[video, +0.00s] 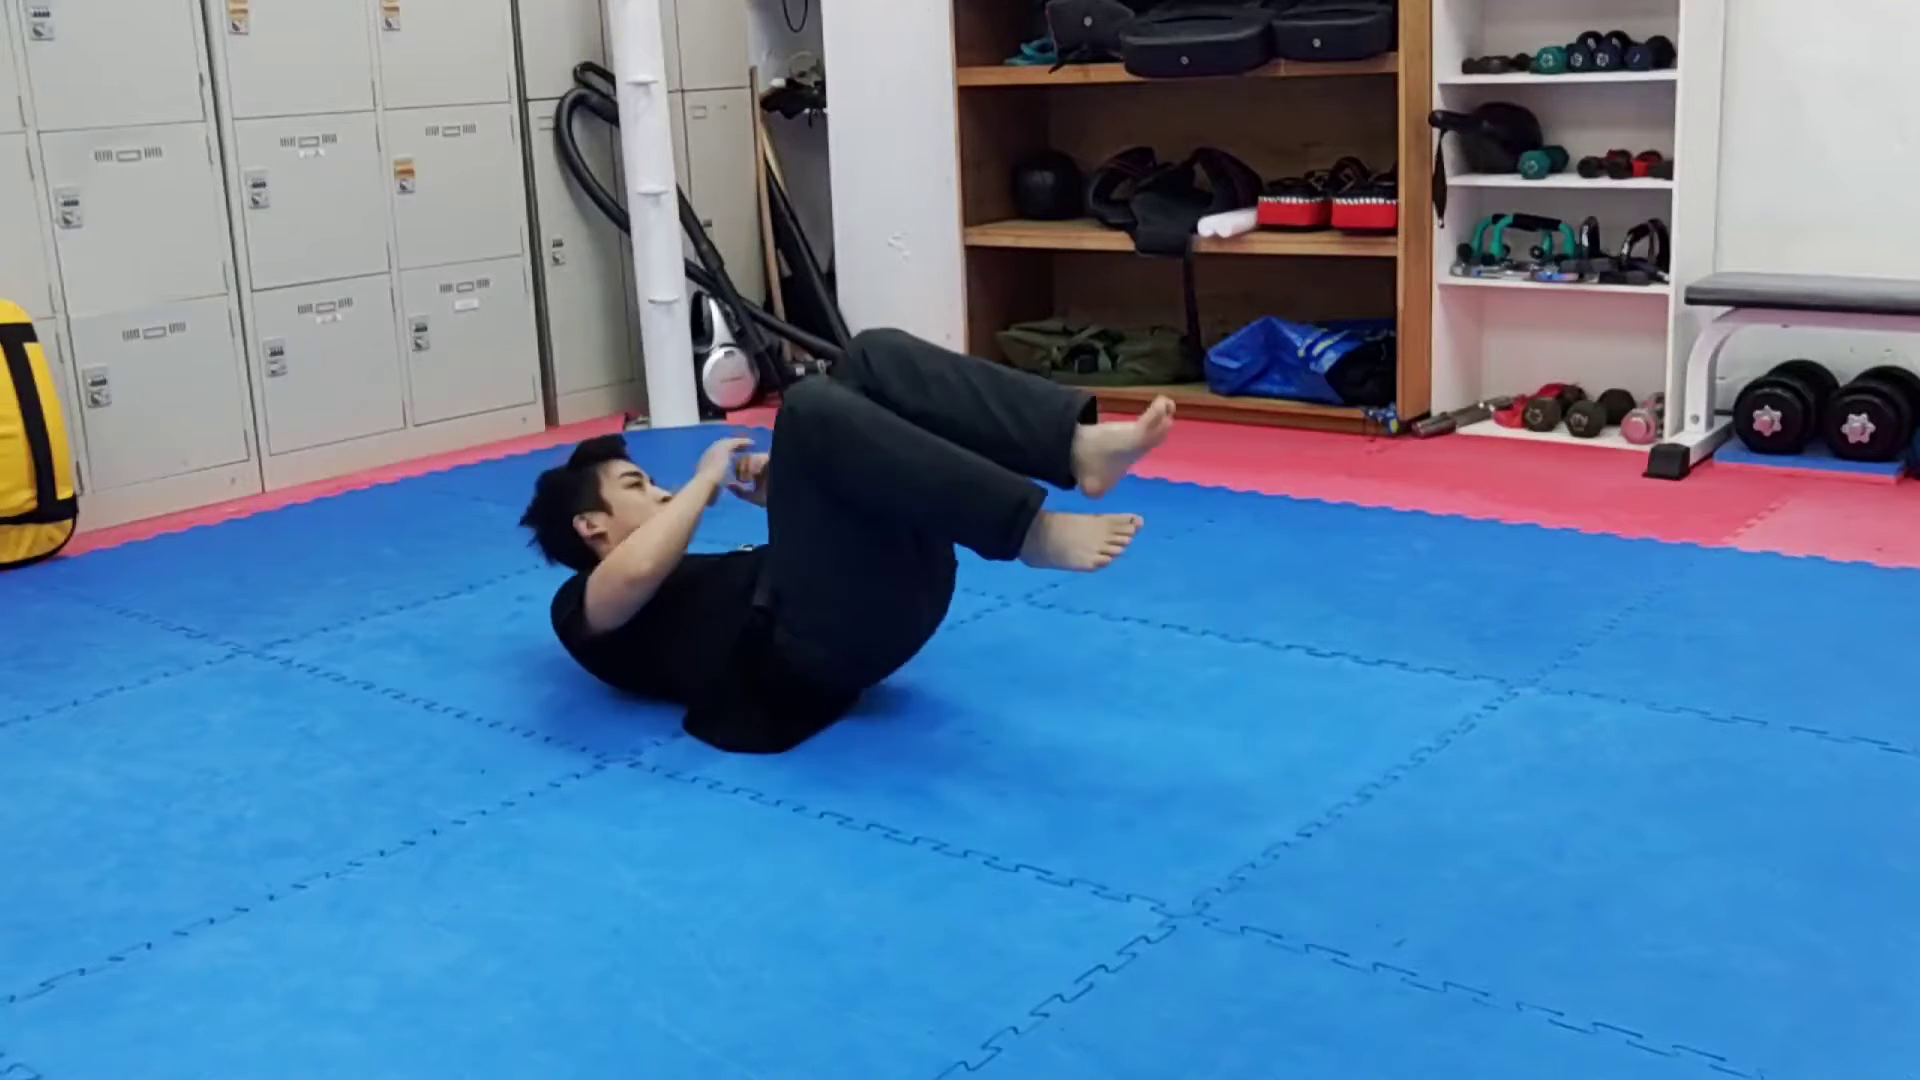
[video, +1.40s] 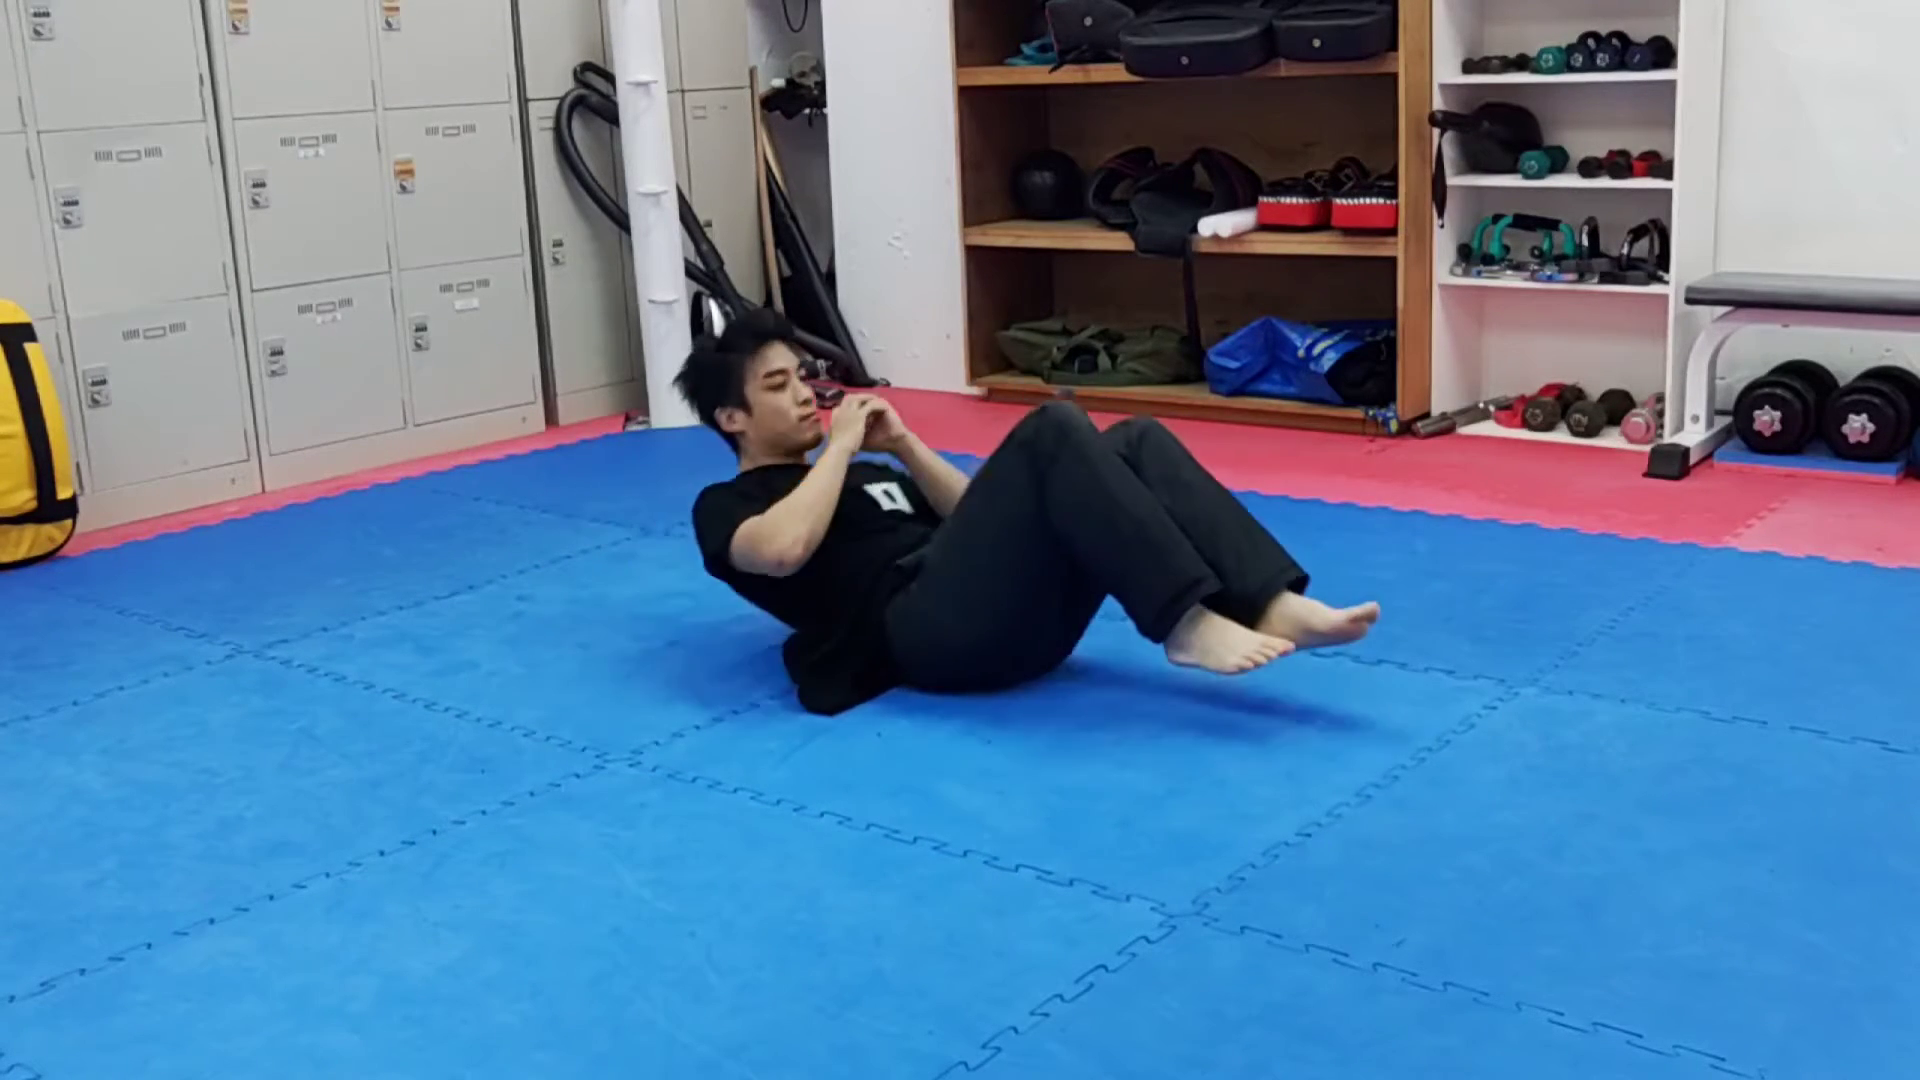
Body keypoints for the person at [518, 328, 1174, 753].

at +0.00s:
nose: (659, 492)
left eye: (652, 484)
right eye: (635, 487)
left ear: (651, 503)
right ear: (587, 527)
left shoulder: (693, 573)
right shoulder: (576, 611)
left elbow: (816, 537)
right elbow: (634, 574)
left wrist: (776, 494)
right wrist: (704, 482)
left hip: (878, 601)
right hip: (818, 642)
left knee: (870, 358)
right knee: (811, 411)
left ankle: (1076, 449)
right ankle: (1027, 529)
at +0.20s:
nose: (692, 464)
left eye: (685, 451)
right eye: (668, 454)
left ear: (681, 478)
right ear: (620, 492)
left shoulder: (720, 546)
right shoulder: (601, 572)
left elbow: (853, 561)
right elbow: (699, 555)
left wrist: (810, 494)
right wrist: (748, 486)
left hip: (925, 637)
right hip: (858, 678)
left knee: (943, 418)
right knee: (844, 455)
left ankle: (1130, 535)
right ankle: (1059, 584)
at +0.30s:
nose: (713, 445)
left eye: (710, 430)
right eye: (686, 434)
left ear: (712, 446)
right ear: (634, 469)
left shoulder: (744, 527)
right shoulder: (619, 555)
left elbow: (877, 555)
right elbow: (704, 572)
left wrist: (822, 488)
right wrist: (760, 474)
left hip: (936, 643)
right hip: (855, 673)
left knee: (1012, 434)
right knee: (904, 441)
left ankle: (1174, 590)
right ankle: (1075, 620)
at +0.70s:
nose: (667, 480)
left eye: (661, 460)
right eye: (641, 490)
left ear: (680, 448)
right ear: (626, 523)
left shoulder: (778, 481)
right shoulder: (673, 597)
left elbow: (888, 463)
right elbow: (702, 667)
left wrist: (754, 453)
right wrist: (700, 525)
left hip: (974, 616)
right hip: (892, 650)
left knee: (1060, 420)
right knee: (972, 416)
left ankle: (1236, 513)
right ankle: (1111, 600)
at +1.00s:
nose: (687, 482)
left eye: (684, 469)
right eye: (660, 480)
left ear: (696, 474)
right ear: (626, 529)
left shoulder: (776, 531)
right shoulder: (650, 601)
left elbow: (891, 515)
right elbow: (694, 560)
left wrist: (811, 459)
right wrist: (732, 457)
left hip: (943, 584)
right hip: (877, 626)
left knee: (974, 350)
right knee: (906, 386)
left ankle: (1145, 476)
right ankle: (1092, 528)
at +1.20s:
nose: (747, 443)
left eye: (743, 430)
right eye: (722, 437)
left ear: (751, 445)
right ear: (677, 477)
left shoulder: (788, 520)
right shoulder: (676, 551)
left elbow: (914, 546)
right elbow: (776, 529)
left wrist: (866, 477)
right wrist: (812, 458)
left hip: (983, 618)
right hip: (918, 645)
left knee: (1045, 406)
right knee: (971, 425)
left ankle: (1204, 549)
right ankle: (1143, 587)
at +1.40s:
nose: (807, 395)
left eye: (806, 377)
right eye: (780, 386)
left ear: (816, 386)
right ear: (731, 420)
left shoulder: (855, 467)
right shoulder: (724, 504)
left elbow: (973, 512)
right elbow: (776, 552)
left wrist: (907, 445)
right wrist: (842, 445)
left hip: (1016, 617)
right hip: (937, 638)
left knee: (1136, 439)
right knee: (1051, 428)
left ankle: (1275, 602)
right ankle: (1183, 622)